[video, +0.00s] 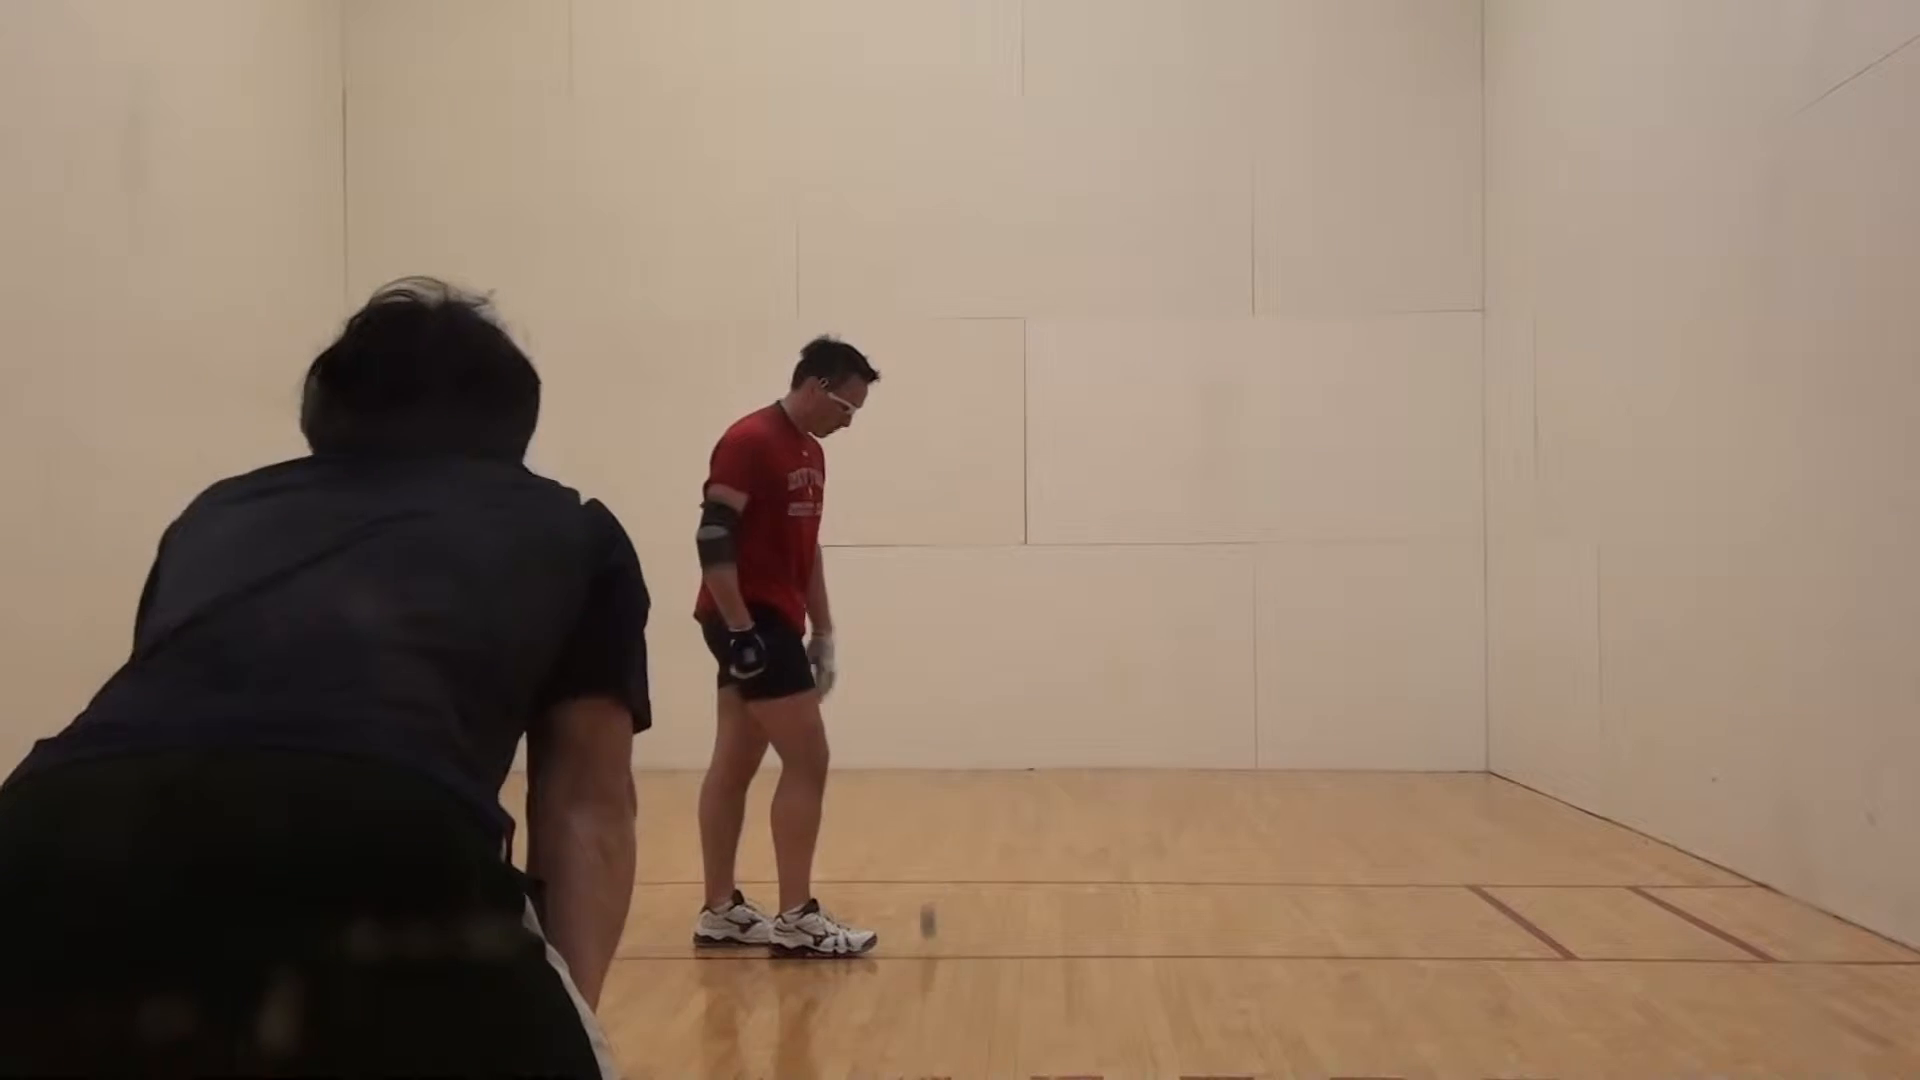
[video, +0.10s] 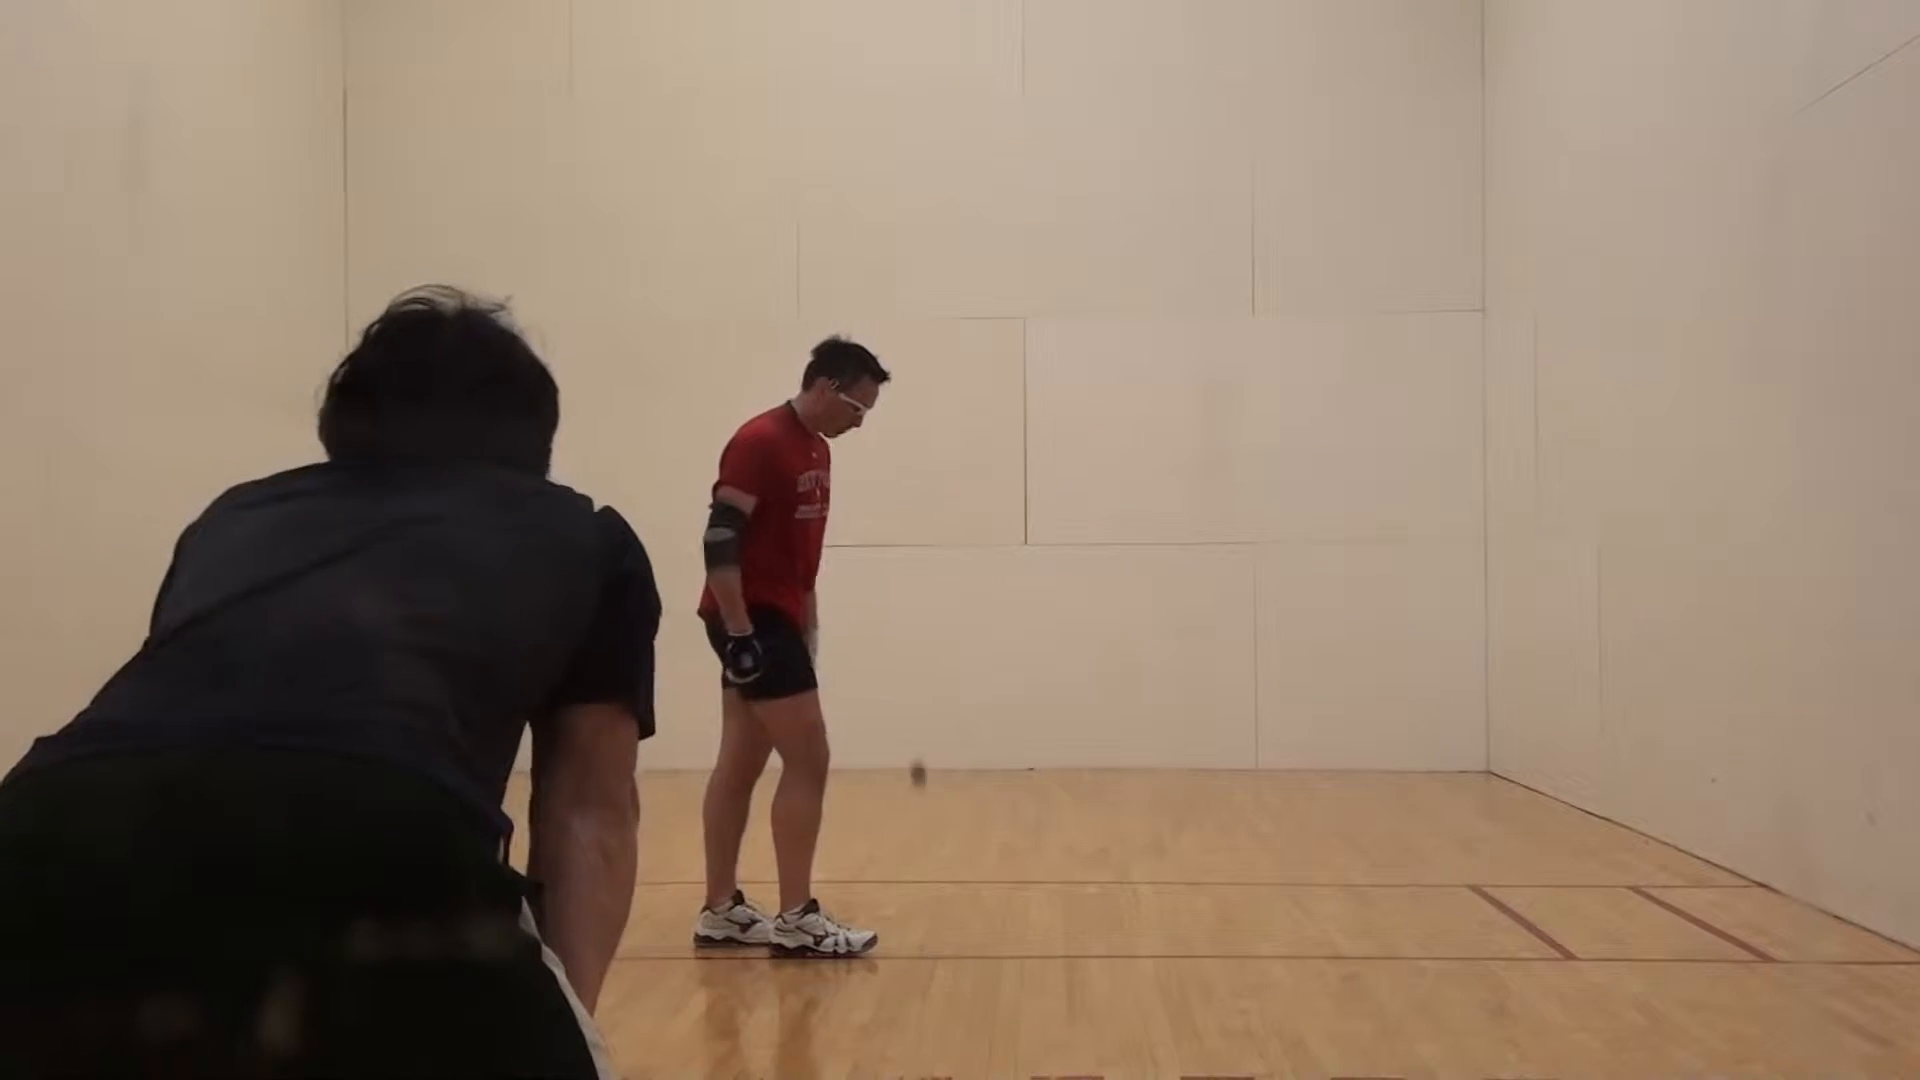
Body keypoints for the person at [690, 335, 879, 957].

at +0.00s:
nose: (849, 418)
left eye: (855, 407)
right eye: (847, 404)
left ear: (822, 393)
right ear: (813, 386)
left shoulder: (809, 451)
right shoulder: (749, 441)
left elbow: (806, 549)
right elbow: (713, 540)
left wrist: (821, 626)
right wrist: (739, 629)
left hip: (770, 624)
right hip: (753, 628)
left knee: (732, 767)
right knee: (806, 760)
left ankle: (719, 908)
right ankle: (796, 914)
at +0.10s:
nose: (860, 419)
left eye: (866, 408)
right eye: (857, 404)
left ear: (832, 394)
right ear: (823, 386)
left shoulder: (816, 449)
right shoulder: (760, 442)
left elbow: (799, 549)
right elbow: (719, 542)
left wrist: (807, 625)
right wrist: (739, 633)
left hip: (775, 624)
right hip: (757, 626)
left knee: (738, 765)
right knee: (807, 759)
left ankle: (720, 908)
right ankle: (796, 915)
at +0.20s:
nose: (870, 421)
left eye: (876, 410)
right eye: (867, 407)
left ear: (840, 394)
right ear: (833, 388)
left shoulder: (821, 444)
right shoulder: (771, 444)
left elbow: (794, 541)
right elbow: (728, 547)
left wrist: (801, 617)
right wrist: (742, 639)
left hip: (775, 620)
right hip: (764, 624)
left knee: (748, 764)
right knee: (809, 761)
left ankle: (721, 907)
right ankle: (796, 915)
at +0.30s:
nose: (880, 424)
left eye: (885, 413)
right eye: (877, 410)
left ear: (849, 397)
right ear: (843, 391)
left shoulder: (825, 445)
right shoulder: (781, 448)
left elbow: (796, 546)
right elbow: (737, 557)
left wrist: (804, 621)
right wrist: (760, 646)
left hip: (778, 619)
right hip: (765, 623)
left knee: (762, 761)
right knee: (810, 762)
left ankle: (722, 906)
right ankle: (796, 914)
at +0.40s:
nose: (887, 429)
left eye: (893, 418)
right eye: (885, 414)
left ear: (858, 400)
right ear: (852, 395)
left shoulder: (832, 448)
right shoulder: (790, 450)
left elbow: (806, 548)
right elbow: (746, 556)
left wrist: (815, 618)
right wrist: (785, 641)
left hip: (781, 616)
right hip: (758, 618)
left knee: (774, 761)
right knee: (810, 762)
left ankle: (725, 904)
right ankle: (797, 914)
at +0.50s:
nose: (893, 436)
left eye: (899, 426)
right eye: (892, 422)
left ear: (865, 405)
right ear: (860, 401)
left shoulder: (836, 451)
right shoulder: (799, 454)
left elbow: (809, 555)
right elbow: (759, 558)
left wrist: (825, 628)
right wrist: (814, 638)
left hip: (777, 617)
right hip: (757, 618)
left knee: (788, 759)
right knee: (811, 760)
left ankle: (729, 900)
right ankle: (797, 914)